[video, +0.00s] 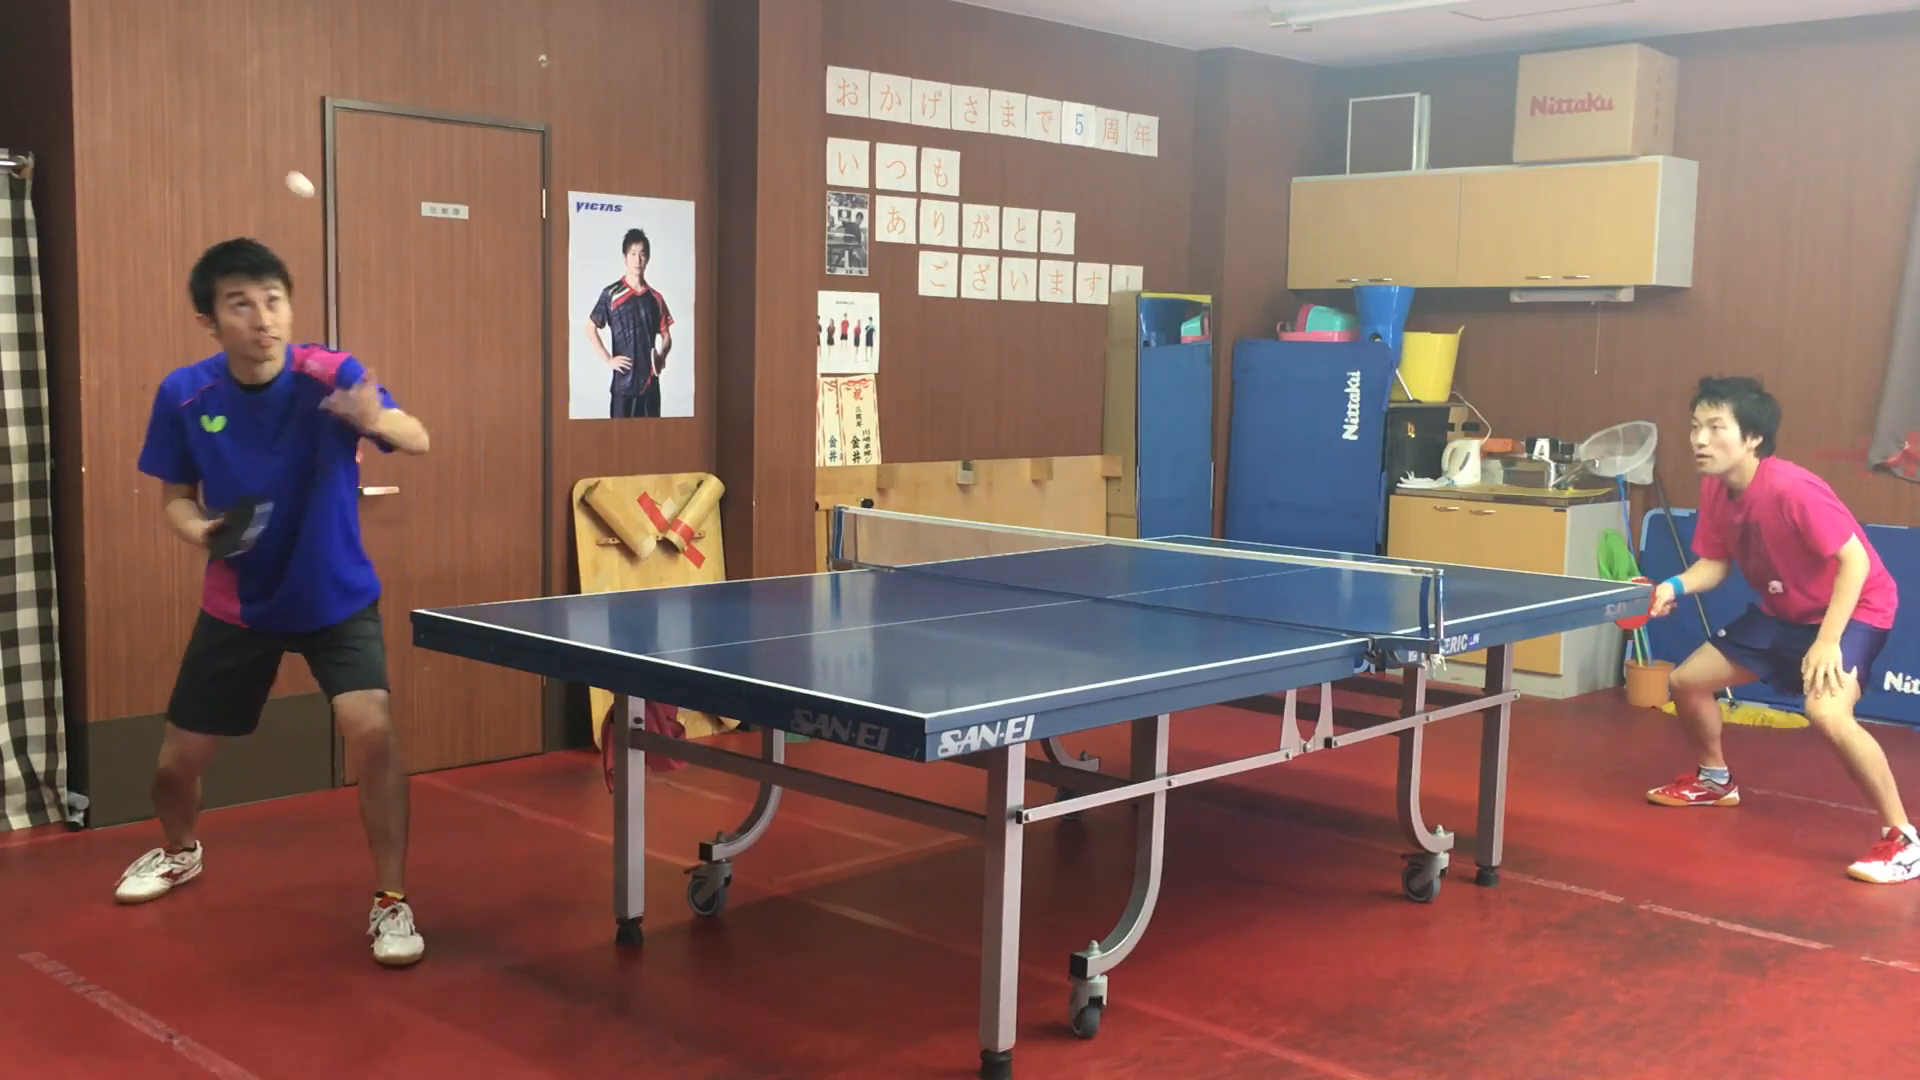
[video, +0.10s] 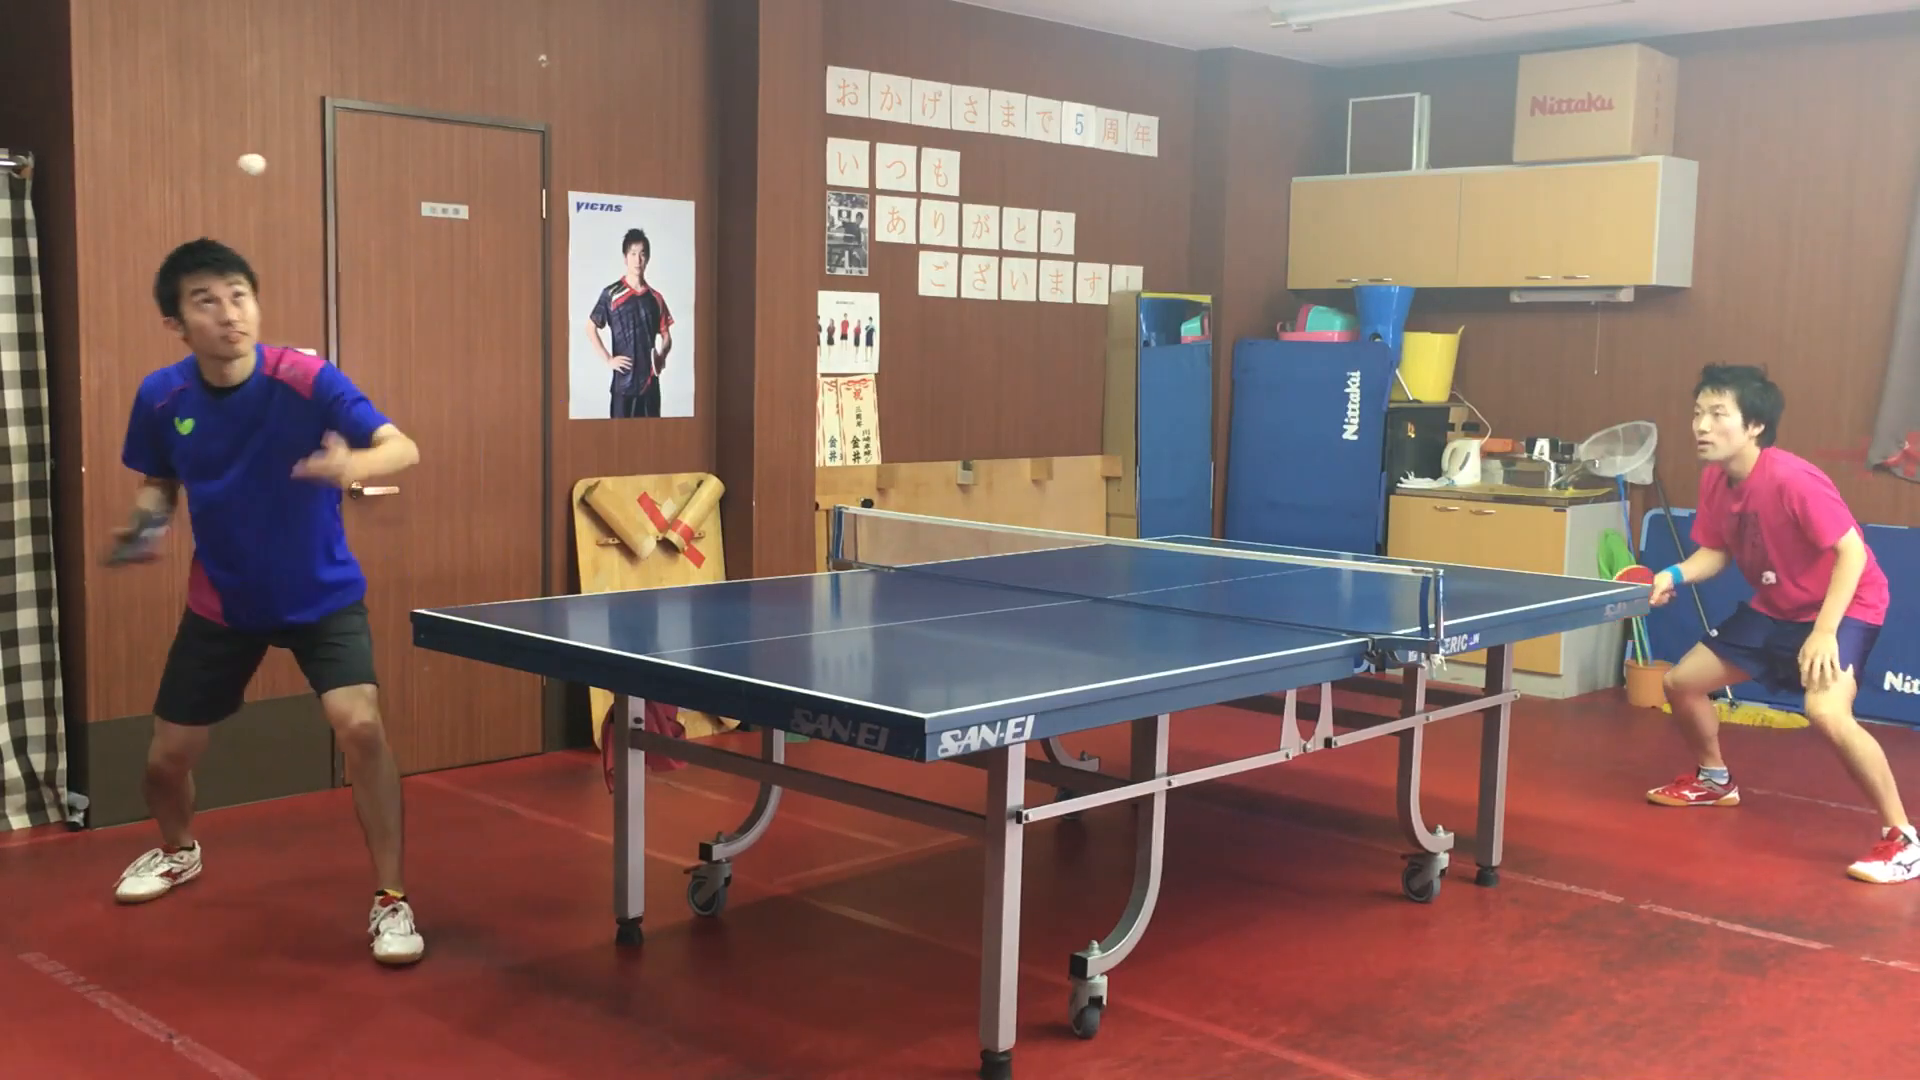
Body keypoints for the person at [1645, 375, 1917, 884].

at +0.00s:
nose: (1698, 438)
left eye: (1714, 427)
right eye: (1695, 426)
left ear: (1753, 441)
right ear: (1692, 431)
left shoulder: (1793, 489)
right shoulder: (1716, 489)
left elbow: (1855, 561)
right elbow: (1715, 562)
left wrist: (1827, 639)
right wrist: (1674, 587)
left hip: (1853, 613)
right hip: (1783, 612)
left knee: (1826, 710)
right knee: (1687, 681)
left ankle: (1901, 836)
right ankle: (1713, 778)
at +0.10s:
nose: (1700, 425)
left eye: (1716, 414)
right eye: (1698, 413)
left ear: (1754, 428)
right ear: (1695, 419)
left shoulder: (1794, 480)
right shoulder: (1716, 479)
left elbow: (1852, 552)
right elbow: (1716, 551)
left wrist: (1824, 630)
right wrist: (1673, 576)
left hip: (1845, 607)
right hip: (1777, 605)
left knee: (1825, 710)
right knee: (1682, 682)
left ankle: (1901, 835)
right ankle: (1713, 778)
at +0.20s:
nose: (1702, 411)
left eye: (1718, 400)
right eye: (1699, 400)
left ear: (1756, 415)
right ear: (1696, 407)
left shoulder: (1796, 470)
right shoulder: (1715, 468)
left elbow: (1850, 545)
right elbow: (1715, 540)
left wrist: (1821, 620)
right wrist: (1672, 565)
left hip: (1837, 604)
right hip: (1769, 601)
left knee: (1826, 709)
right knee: (1679, 683)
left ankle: (1900, 835)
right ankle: (1713, 779)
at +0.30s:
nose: (1703, 398)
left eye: (1719, 388)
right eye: (1701, 387)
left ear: (1757, 403)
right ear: (1699, 394)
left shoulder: (1797, 460)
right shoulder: (1714, 457)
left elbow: (1848, 536)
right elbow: (1714, 530)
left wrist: (1817, 611)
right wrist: (1670, 553)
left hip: (1831, 598)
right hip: (1764, 594)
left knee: (1829, 709)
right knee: (1681, 681)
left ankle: (1900, 834)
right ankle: (1713, 779)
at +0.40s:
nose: (1705, 386)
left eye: (1722, 376)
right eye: (1704, 375)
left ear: (1760, 390)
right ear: (1700, 381)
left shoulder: (1800, 449)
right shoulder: (1715, 445)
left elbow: (1850, 526)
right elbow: (1713, 520)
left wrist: (1817, 602)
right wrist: (1668, 543)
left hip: (1832, 594)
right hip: (1762, 590)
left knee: (1836, 706)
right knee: (1688, 681)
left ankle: (1902, 828)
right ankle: (1714, 779)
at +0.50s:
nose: (1711, 370)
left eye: (1727, 359)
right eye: (1709, 359)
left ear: (1767, 373)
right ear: (1706, 366)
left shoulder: (1809, 432)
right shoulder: (1723, 432)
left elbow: (1865, 506)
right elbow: (1718, 508)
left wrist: (1827, 578)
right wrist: (1668, 528)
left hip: (1835, 588)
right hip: (1763, 585)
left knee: (1857, 709)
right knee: (1703, 679)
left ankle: (1911, 831)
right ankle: (1714, 776)